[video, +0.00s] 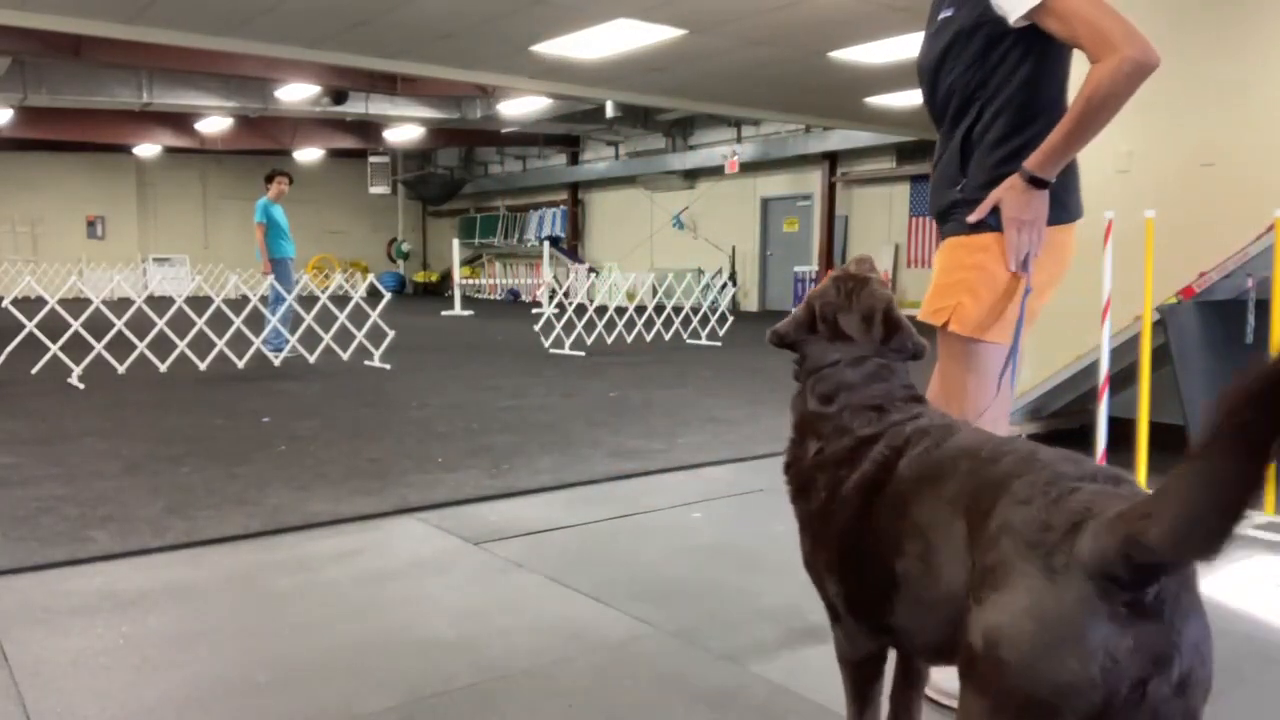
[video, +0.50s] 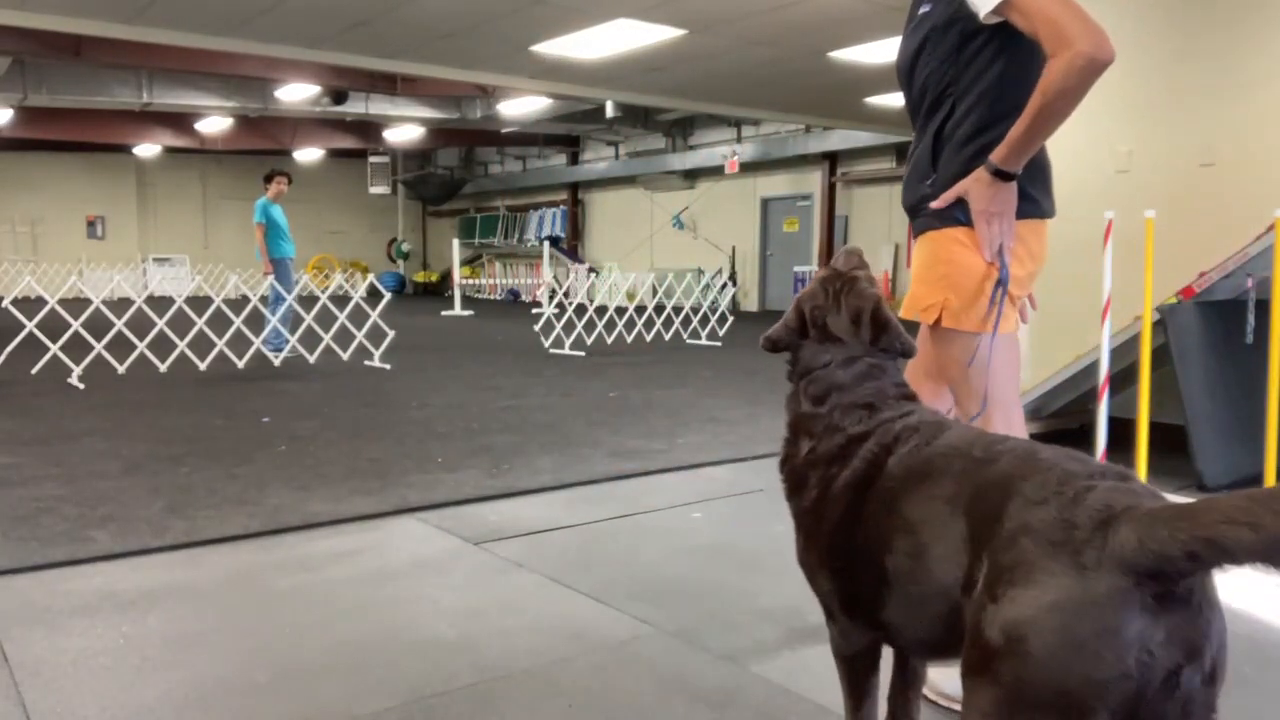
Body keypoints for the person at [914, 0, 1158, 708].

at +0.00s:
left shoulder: (1022, 1)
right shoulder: (952, 12)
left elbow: (1131, 54)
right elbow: (987, 107)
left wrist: (1033, 177)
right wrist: (946, 200)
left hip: (1008, 228)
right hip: (978, 227)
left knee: (954, 442)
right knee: (978, 442)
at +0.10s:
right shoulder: (948, 12)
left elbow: (1122, 55)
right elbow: (981, 105)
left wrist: (1024, 175)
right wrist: (936, 191)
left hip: (1001, 224)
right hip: (968, 224)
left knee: (963, 432)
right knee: (965, 432)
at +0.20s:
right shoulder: (940, 15)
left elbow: (1112, 53)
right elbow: (959, 115)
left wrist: (1017, 172)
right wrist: (924, 202)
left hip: (998, 221)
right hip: (963, 222)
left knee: (932, 408)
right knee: (988, 433)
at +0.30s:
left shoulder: (1003, 0)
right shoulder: (937, 13)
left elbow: (1104, 51)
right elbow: (960, 121)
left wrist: (1010, 171)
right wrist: (926, 211)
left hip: (990, 222)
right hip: (963, 224)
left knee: (927, 405)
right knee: (992, 433)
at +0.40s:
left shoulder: (1001, 1)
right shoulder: (933, 14)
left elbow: (1095, 50)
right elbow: (952, 122)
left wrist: (1005, 169)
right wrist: (919, 224)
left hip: (988, 224)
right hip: (959, 225)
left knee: (923, 406)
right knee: (995, 435)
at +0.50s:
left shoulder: (996, 1)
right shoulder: (931, 13)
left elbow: (1087, 48)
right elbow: (957, 115)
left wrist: (1001, 169)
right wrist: (922, 210)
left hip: (986, 220)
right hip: (956, 221)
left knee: (929, 394)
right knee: (991, 422)